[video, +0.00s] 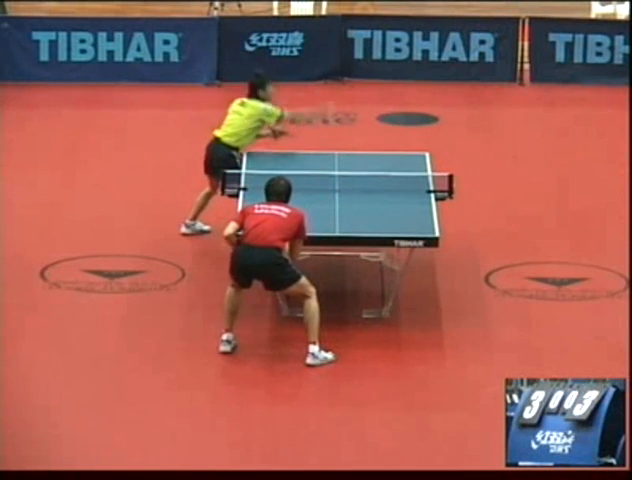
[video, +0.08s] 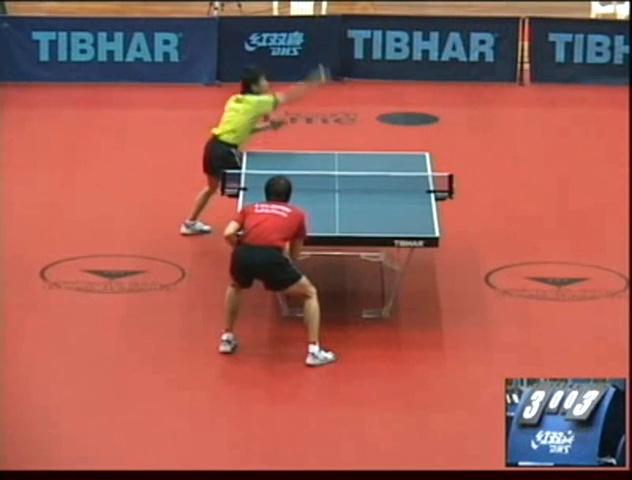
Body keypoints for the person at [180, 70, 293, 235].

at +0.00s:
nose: (272, 91)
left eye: (271, 88)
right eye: (269, 88)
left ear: (253, 90)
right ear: (260, 91)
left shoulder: (238, 103)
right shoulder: (261, 108)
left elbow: (246, 132)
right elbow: (289, 117)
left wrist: (269, 134)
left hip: (215, 144)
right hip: (229, 151)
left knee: (212, 188)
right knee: (241, 190)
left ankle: (191, 221)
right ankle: (244, 227)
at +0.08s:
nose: (267, 85)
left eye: (265, 81)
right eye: (263, 82)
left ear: (247, 86)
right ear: (254, 86)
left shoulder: (234, 100)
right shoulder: (257, 102)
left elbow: (244, 129)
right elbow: (288, 96)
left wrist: (269, 126)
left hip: (213, 144)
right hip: (228, 149)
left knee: (211, 187)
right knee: (244, 188)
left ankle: (191, 222)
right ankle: (245, 227)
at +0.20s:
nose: (256, 76)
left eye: (254, 72)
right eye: (252, 73)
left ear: (238, 79)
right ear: (243, 78)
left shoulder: (228, 96)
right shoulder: (247, 93)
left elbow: (240, 125)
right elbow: (275, 76)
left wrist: (265, 116)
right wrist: (297, 57)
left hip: (211, 142)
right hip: (225, 146)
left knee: (210, 185)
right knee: (246, 183)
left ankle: (191, 221)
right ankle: (248, 224)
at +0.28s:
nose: (250, 72)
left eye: (247, 68)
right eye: (246, 68)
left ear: (232, 75)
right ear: (237, 74)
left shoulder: (225, 92)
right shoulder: (241, 89)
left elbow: (237, 122)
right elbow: (268, 73)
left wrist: (261, 112)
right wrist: (289, 51)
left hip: (209, 139)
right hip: (223, 142)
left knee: (209, 184)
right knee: (241, 182)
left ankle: (191, 221)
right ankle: (246, 223)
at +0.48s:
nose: (244, 67)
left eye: (242, 63)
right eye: (240, 64)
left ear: (228, 70)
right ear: (231, 69)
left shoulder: (218, 89)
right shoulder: (234, 84)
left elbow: (225, 122)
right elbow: (263, 77)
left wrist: (251, 116)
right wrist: (288, 64)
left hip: (205, 135)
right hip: (218, 138)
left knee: (205, 183)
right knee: (235, 180)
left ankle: (190, 221)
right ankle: (242, 223)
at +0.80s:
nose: (263, 81)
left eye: (263, 76)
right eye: (261, 76)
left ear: (245, 78)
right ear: (251, 77)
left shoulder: (227, 90)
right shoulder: (250, 93)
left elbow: (208, 107)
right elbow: (243, 116)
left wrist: (228, 108)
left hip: (210, 133)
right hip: (225, 138)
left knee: (208, 182)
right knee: (242, 179)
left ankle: (192, 220)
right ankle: (223, 214)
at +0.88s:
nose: (270, 92)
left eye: (271, 87)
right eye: (269, 87)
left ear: (253, 84)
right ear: (259, 85)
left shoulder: (235, 92)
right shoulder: (254, 101)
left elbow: (222, 88)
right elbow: (236, 117)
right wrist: (226, 140)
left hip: (213, 138)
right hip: (226, 143)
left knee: (215, 185)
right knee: (241, 187)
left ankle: (194, 220)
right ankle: (235, 229)